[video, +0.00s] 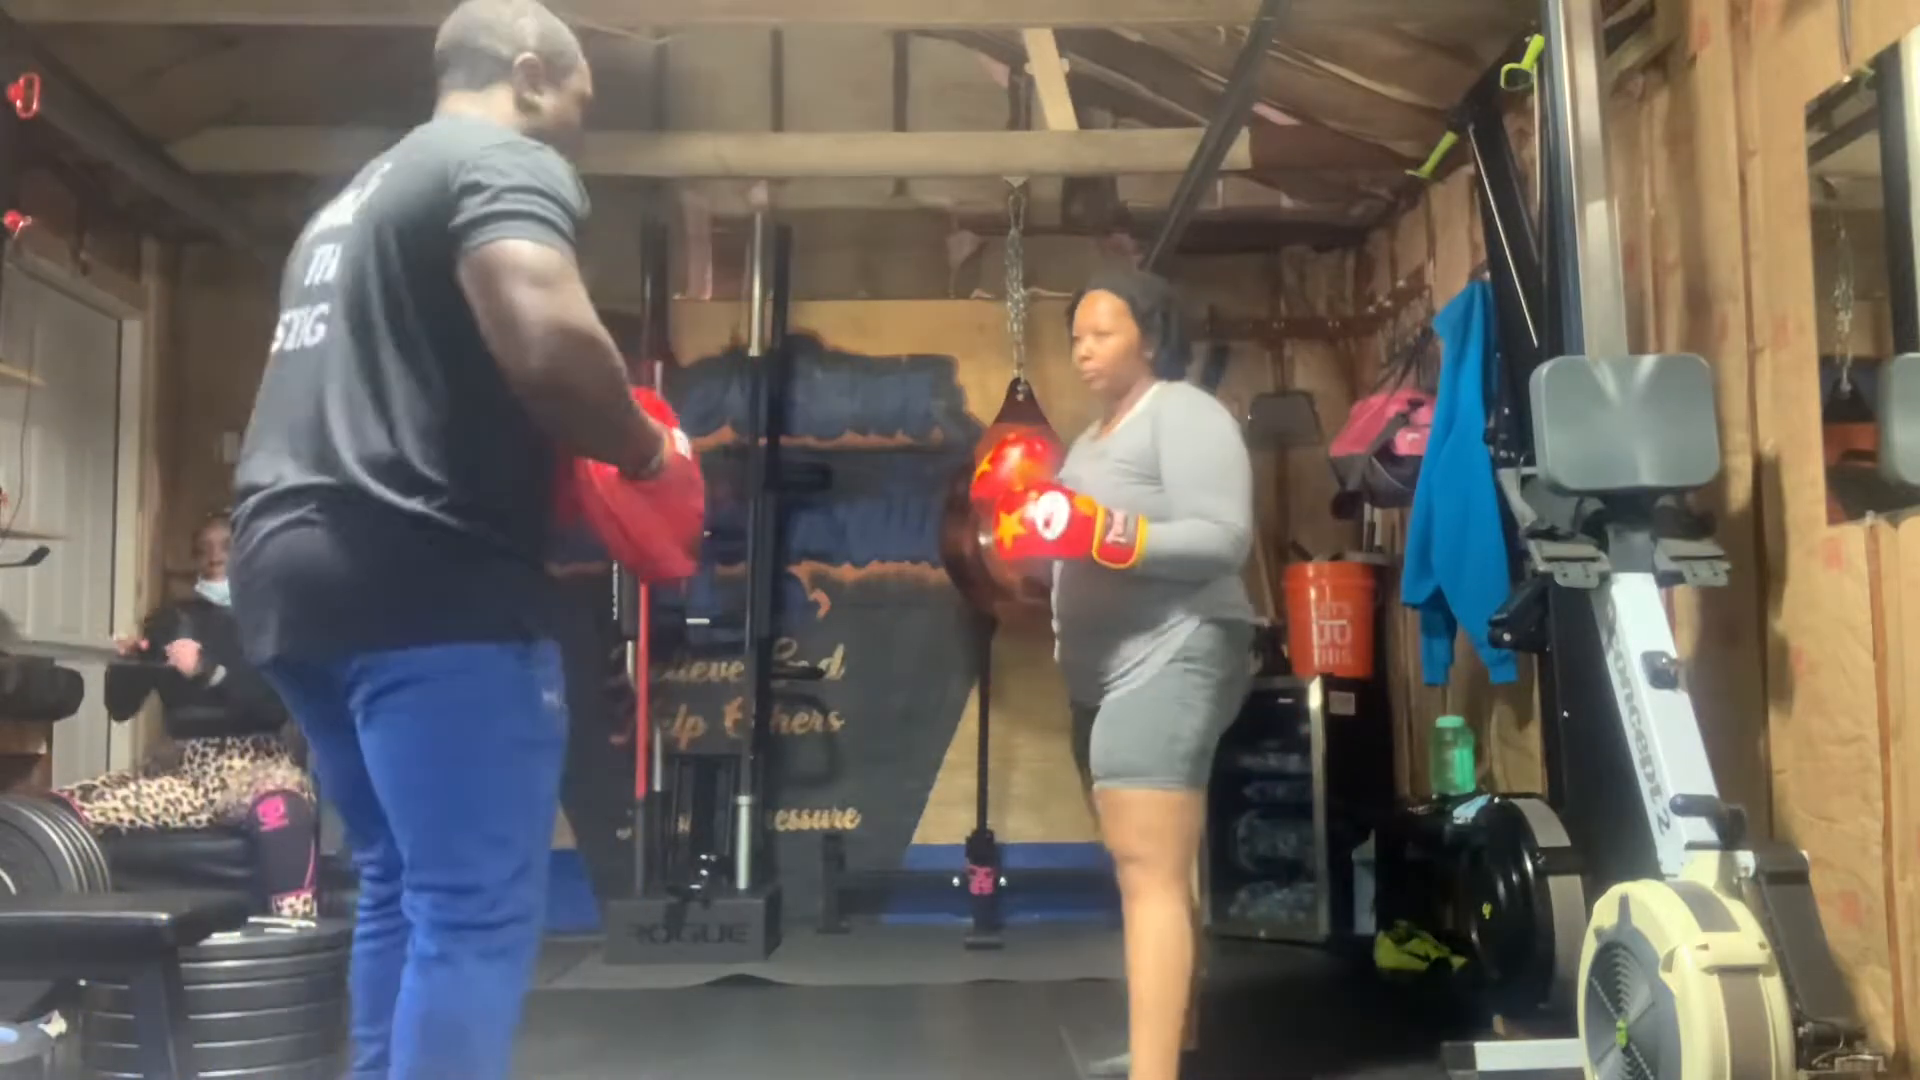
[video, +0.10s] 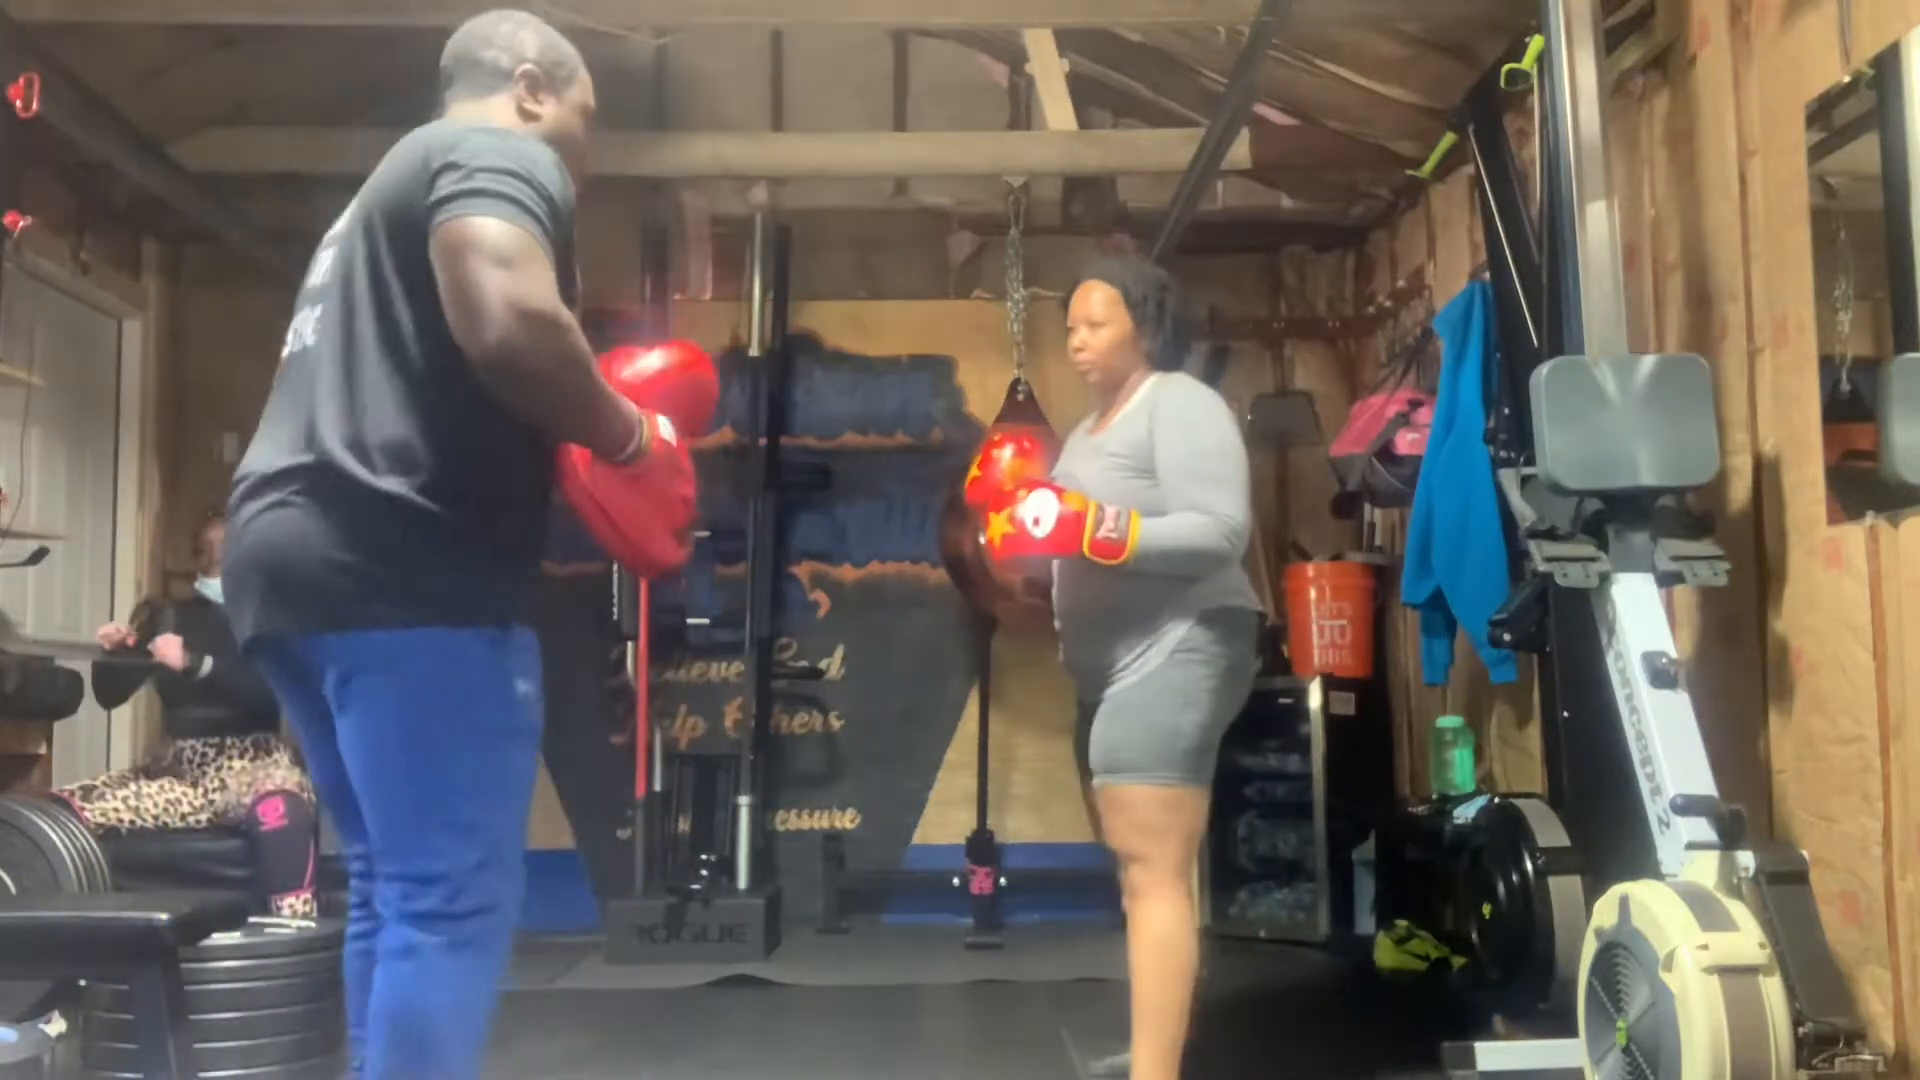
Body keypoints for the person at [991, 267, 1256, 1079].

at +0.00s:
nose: (1083, 351)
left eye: (1100, 334)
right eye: (1078, 337)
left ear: (1147, 337)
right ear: (1079, 347)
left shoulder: (1189, 411)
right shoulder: (1087, 443)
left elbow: (1223, 537)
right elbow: (1072, 550)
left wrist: (1104, 532)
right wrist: (1018, 528)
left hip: (1176, 651)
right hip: (1108, 664)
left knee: (1150, 872)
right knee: (1147, 872)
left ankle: (1153, 1069)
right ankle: (1160, 1058)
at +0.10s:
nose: (1075, 343)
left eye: (1092, 326)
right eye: (1072, 329)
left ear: (1142, 327)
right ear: (1077, 338)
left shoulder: (1186, 403)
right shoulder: (1083, 435)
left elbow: (1219, 531)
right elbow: (1081, 549)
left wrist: (1098, 527)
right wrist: (1020, 524)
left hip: (1182, 641)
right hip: (1114, 654)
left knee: (1153, 868)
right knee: (1144, 867)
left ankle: (1153, 1068)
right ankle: (1155, 1057)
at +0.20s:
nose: (1072, 335)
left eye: (1089, 317)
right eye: (1068, 320)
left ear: (1140, 319)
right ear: (1071, 330)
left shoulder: (1184, 394)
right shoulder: (1083, 426)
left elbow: (1220, 521)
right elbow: (1083, 542)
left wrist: (1091, 517)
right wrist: (1019, 515)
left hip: (1182, 639)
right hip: (1113, 650)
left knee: (1153, 865)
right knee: (1140, 862)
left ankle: (1154, 1068)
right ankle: (1156, 1052)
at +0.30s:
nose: (1070, 330)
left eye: (1087, 311)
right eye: (1066, 314)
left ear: (1139, 313)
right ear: (1071, 324)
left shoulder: (1183, 388)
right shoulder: (1085, 420)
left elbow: (1222, 517)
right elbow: (1084, 541)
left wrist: (1096, 514)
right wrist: (1020, 508)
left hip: (1181, 642)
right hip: (1112, 653)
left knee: (1151, 868)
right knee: (1134, 860)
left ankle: (1153, 1070)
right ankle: (1172, 1043)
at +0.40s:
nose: (1069, 327)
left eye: (1086, 309)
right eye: (1066, 312)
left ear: (1139, 311)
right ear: (1077, 320)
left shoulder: (1184, 389)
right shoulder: (1085, 417)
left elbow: (1221, 523)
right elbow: (1079, 530)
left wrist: (1099, 520)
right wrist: (1017, 502)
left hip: (1185, 638)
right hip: (1110, 650)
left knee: (1148, 867)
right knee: (1137, 857)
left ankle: (1151, 1072)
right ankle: (1203, 1043)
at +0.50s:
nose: (1071, 325)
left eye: (1089, 307)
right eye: (1069, 309)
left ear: (1141, 311)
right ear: (1080, 318)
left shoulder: (1187, 392)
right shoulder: (1083, 418)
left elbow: (1221, 527)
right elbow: (1080, 527)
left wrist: (1095, 516)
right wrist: (1019, 484)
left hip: (1186, 641)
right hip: (1106, 653)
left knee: (1149, 867)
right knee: (1141, 865)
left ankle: (1152, 1072)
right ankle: (1215, 1058)